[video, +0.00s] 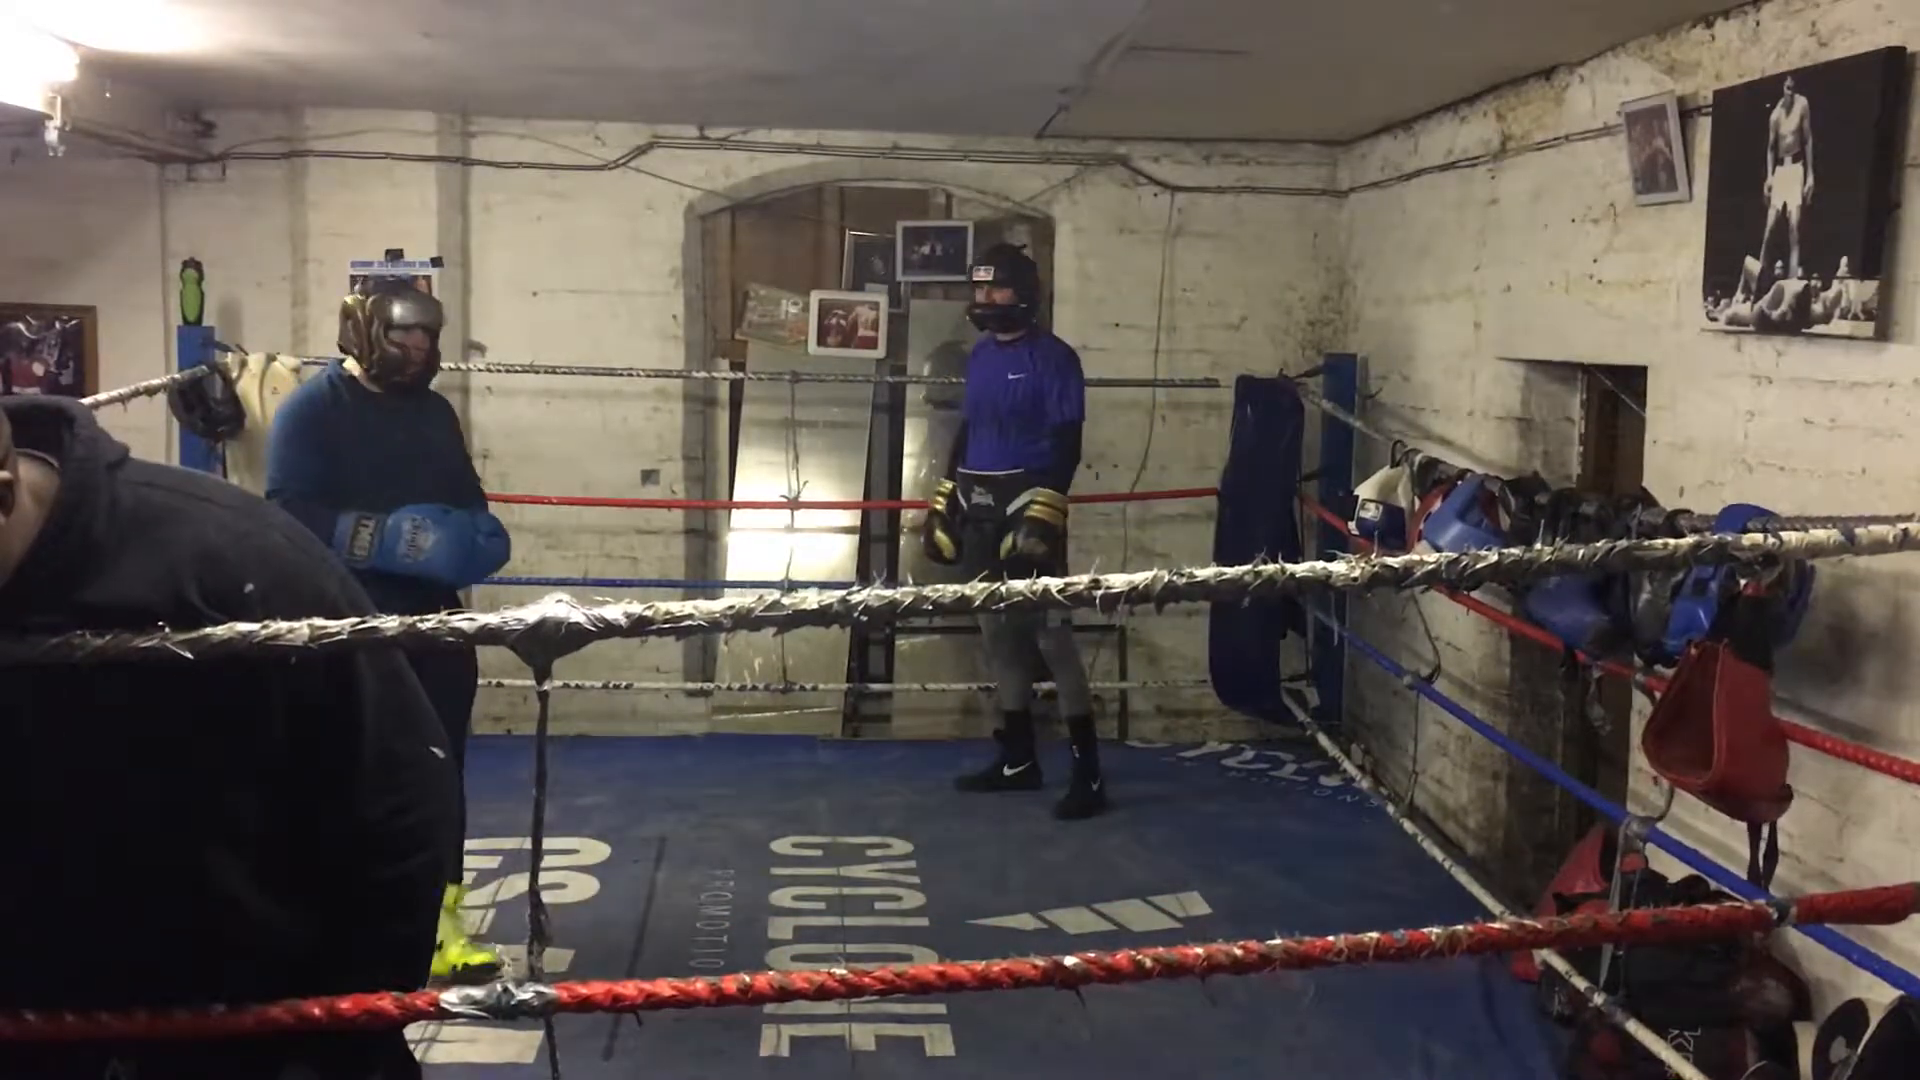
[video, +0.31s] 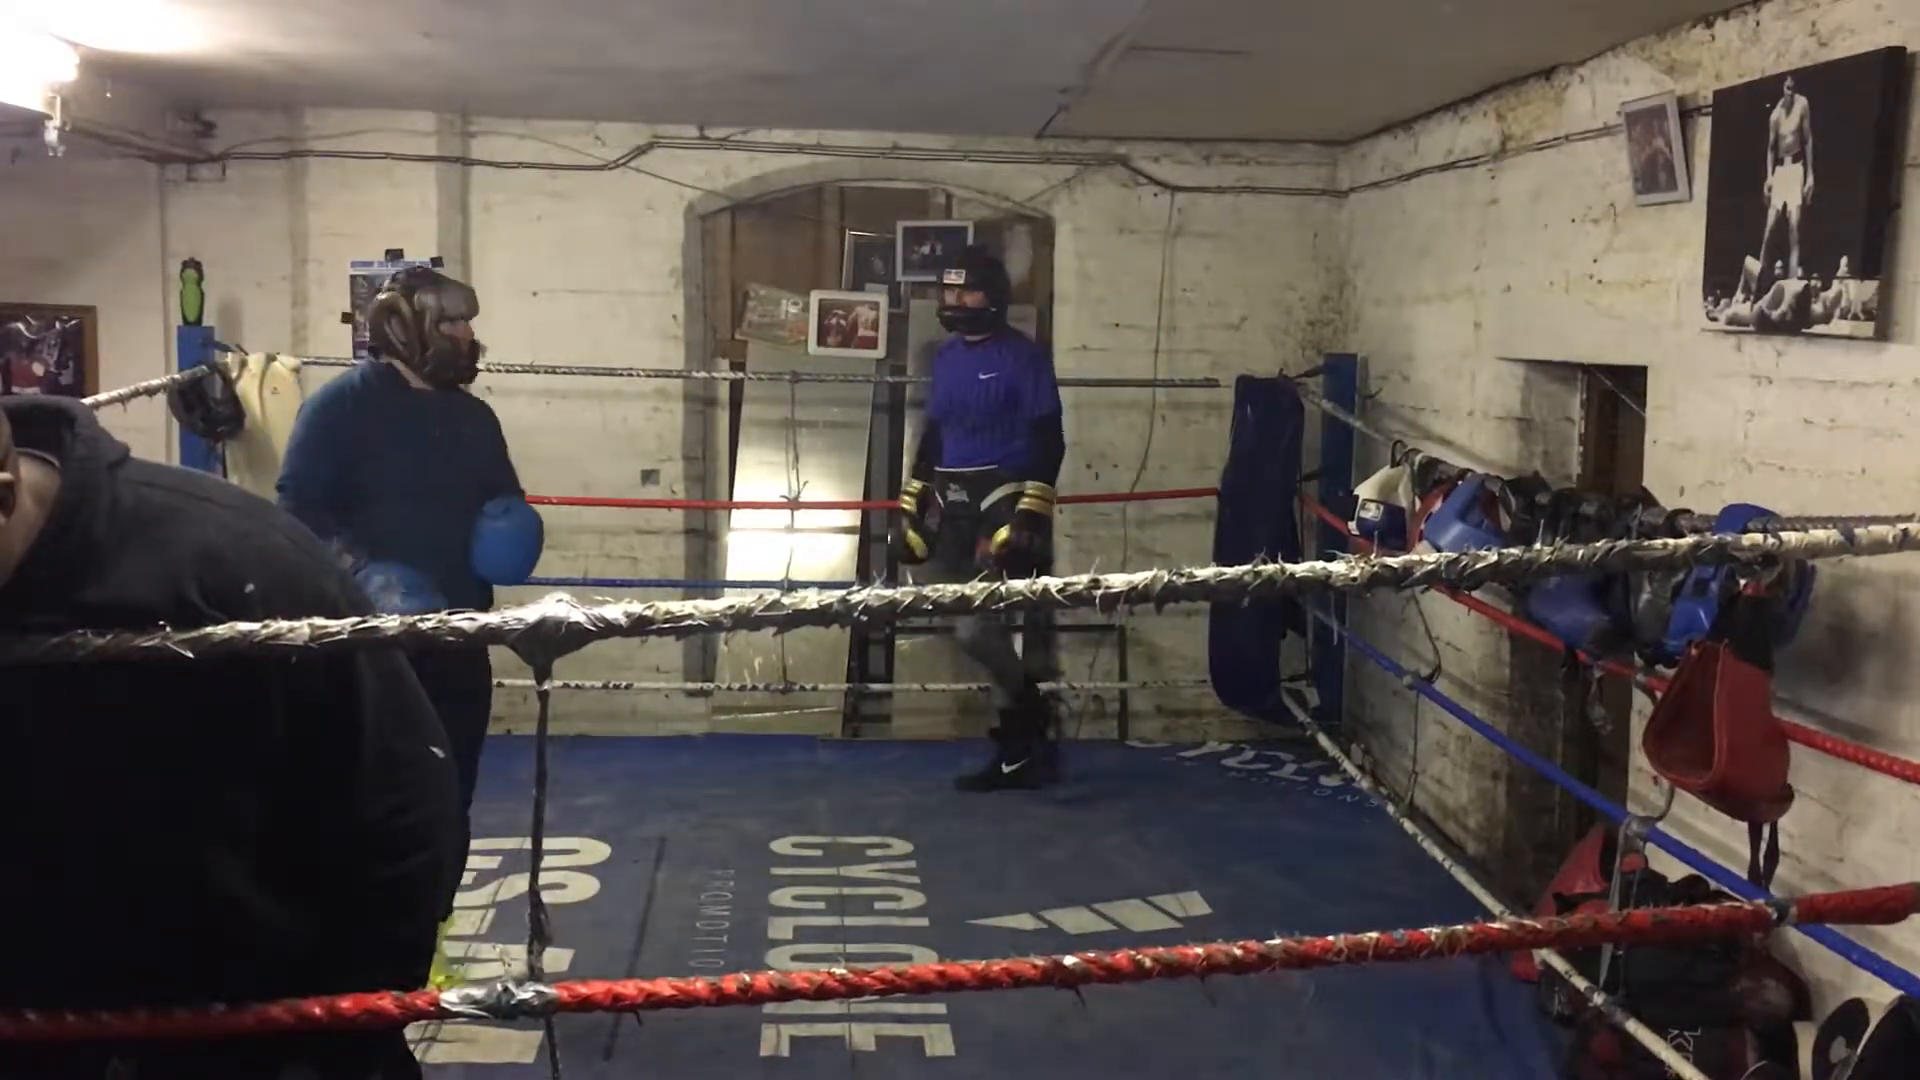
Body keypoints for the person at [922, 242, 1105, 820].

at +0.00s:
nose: (983, 297)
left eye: (994, 287)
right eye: (980, 287)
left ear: (1023, 293)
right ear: (979, 295)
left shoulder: (1055, 358)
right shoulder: (979, 357)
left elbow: (1068, 447)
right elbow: (967, 430)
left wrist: (1043, 514)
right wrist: (943, 500)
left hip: (1033, 510)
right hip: (979, 508)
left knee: (1051, 631)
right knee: (997, 633)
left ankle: (1086, 770)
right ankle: (1017, 759)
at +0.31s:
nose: (952, 301)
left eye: (964, 291)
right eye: (949, 291)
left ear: (991, 298)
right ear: (948, 297)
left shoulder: (1026, 356)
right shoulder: (945, 356)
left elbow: (1049, 441)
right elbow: (933, 432)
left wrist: (1030, 516)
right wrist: (911, 503)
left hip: (1007, 502)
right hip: (954, 501)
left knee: (976, 628)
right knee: (978, 631)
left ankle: (1033, 714)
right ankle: (1013, 752)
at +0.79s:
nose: (888, 323)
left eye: (898, 311)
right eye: (884, 311)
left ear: (926, 313)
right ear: (882, 316)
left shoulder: (968, 366)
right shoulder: (901, 369)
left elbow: (1016, 444)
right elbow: (904, 439)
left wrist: (1025, 523)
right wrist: (901, 500)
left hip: (979, 501)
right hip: (931, 505)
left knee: (976, 630)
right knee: (978, 626)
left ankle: (980, 767)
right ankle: (1033, 734)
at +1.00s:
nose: (880, 313)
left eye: (892, 303)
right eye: (876, 302)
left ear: (921, 309)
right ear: (874, 307)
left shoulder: (960, 366)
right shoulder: (884, 361)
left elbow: (1004, 449)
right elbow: (885, 436)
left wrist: (995, 523)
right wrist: (877, 504)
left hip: (962, 507)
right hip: (913, 509)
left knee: (971, 632)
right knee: (932, 630)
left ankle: (979, 769)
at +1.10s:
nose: (873, 305)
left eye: (886, 296)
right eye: (869, 296)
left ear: (915, 302)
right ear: (866, 301)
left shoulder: (953, 362)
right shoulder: (879, 356)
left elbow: (994, 444)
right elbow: (878, 430)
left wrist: (981, 517)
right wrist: (859, 499)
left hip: (951, 507)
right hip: (897, 507)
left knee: (959, 633)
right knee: (891, 634)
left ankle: (978, 769)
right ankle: (965, 609)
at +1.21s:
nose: (864, 298)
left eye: (875, 287)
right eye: (857, 287)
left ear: (903, 293)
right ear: (851, 294)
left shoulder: (938, 356)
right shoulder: (865, 353)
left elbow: (978, 438)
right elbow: (864, 426)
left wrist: (963, 510)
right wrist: (838, 493)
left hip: (933, 504)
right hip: (879, 502)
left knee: (945, 632)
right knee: (844, 618)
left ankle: (974, 769)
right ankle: (928, 671)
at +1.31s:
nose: (850, 295)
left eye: (862, 284)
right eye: (845, 284)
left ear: (891, 291)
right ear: (840, 291)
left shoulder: (924, 355)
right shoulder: (847, 354)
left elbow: (962, 434)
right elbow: (844, 427)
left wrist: (952, 506)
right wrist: (819, 492)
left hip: (914, 505)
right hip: (855, 504)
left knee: (929, 631)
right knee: (828, 624)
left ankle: (970, 765)